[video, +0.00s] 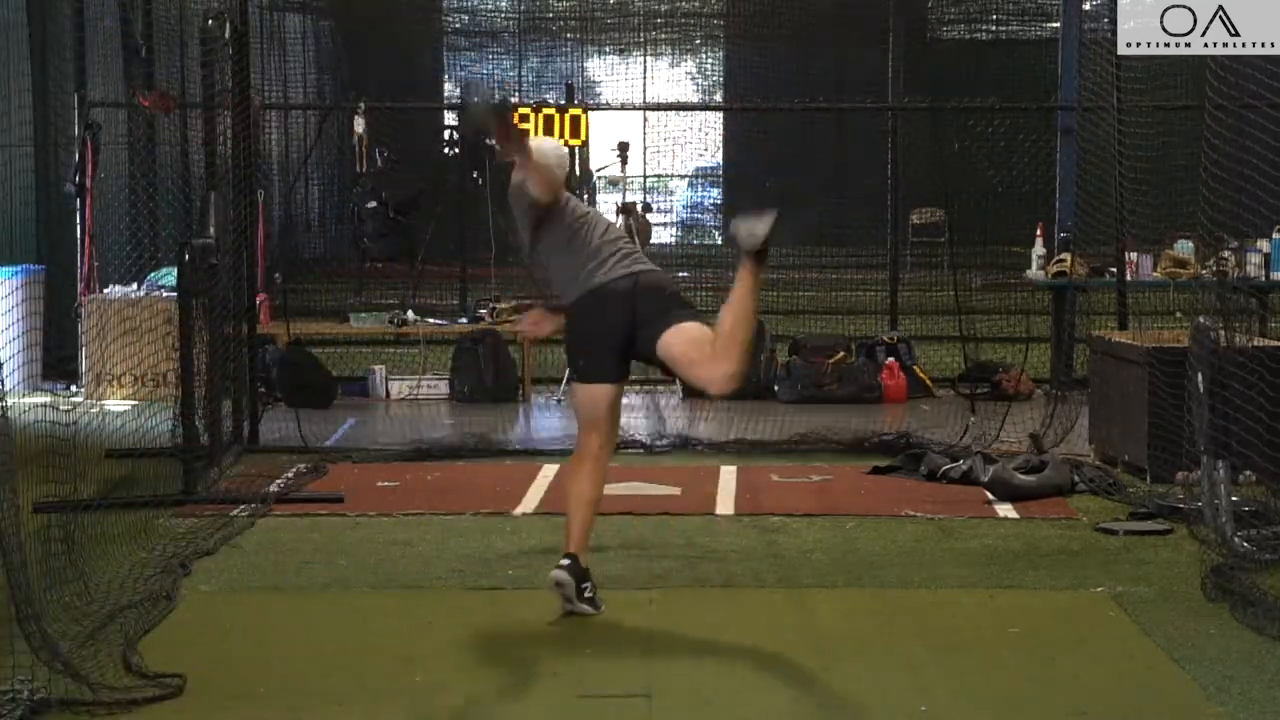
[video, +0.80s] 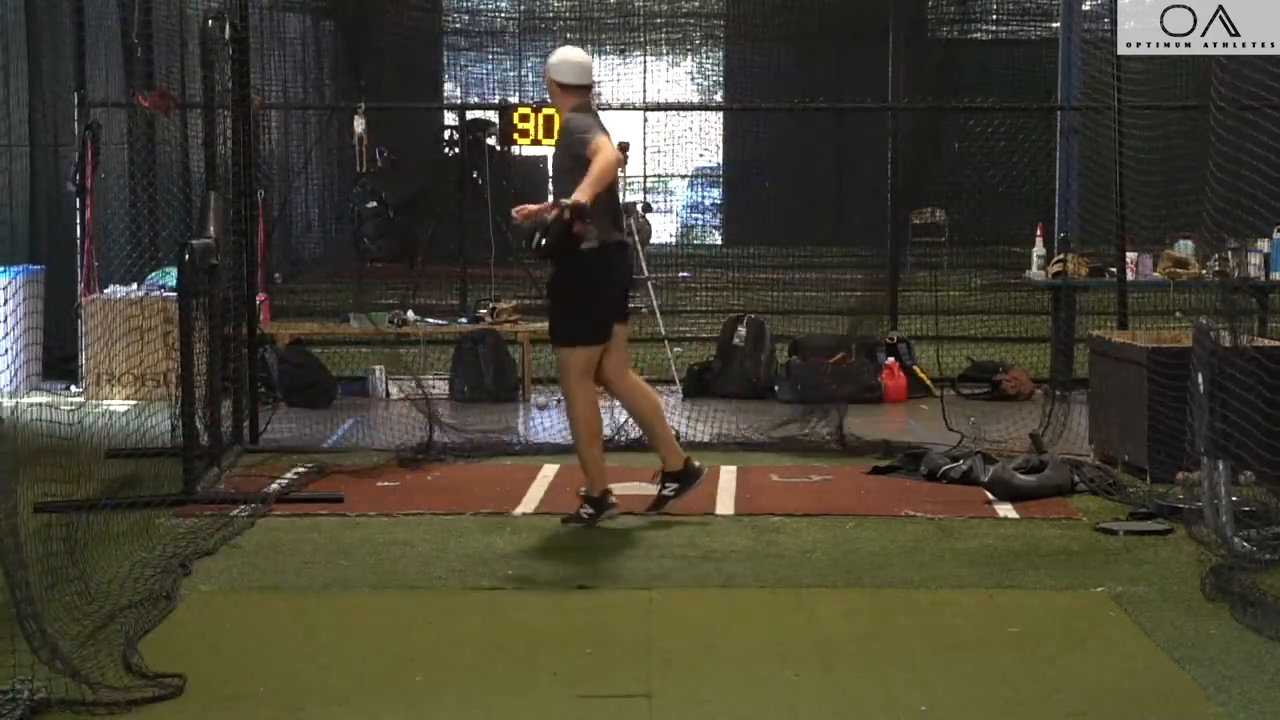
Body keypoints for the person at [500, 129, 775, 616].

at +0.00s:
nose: (501, 157)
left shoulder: (524, 185)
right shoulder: (550, 210)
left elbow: (550, 182)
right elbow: (606, 277)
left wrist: (526, 152)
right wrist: (561, 315)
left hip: (597, 306)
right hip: (647, 288)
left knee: (593, 443)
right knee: (720, 376)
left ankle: (574, 561)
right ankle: (751, 257)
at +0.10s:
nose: (518, 138)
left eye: (526, 132)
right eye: (524, 132)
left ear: (536, 141)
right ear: (577, 148)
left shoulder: (536, 162)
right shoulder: (594, 197)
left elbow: (502, 107)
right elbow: (655, 252)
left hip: (593, 297)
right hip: (643, 287)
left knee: (586, 442)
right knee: (738, 374)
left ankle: (577, 556)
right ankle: (765, 244)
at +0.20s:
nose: (547, 116)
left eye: (547, 111)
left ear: (549, 113)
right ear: (592, 120)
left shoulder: (532, 134)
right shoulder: (614, 163)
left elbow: (453, 104)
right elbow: (677, 221)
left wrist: (448, 87)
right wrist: (654, 271)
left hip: (596, 276)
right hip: (644, 276)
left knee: (606, 418)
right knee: (667, 374)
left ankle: (605, 530)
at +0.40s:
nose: (568, 132)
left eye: (565, 125)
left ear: (564, 127)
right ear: (606, 128)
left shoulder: (547, 182)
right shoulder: (633, 180)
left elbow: (525, 262)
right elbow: (680, 239)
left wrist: (522, 327)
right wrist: (709, 287)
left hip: (598, 307)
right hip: (639, 302)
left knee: (609, 423)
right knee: (610, 423)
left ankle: (676, 429)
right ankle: (646, 525)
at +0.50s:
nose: (556, 118)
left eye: (555, 111)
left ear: (556, 114)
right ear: (596, 116)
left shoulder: (549, 168)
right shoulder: (621, 164)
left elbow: (567, 243)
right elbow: (672, 224)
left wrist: (560, 317)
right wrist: (676, 272)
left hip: (601, 295)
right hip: (645, 293)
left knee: (586, 412)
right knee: (616, 408)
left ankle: (671, 442)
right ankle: (649, 521)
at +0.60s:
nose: (546, 88)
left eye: (546, 82)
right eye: (554, 83)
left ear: (547, 85)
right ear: (586, 84)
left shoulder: (561, 131)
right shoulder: (604, 126)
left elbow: (591, 188)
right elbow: (646, 176)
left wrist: (574, 262)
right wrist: (624, 215)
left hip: (605, 261)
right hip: (640, 260)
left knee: (576, 374)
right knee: (639, 374)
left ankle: (630, 477)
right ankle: (648, 488)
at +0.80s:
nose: (548, 91)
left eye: (548, 85)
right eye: (551, 85)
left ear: (553, 87)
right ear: (588, 85)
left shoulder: (576, 123)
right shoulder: (588, 126)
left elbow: (611, 155)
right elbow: (591, 197)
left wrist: (577, 198)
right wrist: (547, 211)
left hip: (583, 265)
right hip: (611, 262)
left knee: (577, 380)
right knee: (615, 372)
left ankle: (597, 492)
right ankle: (677, 465)